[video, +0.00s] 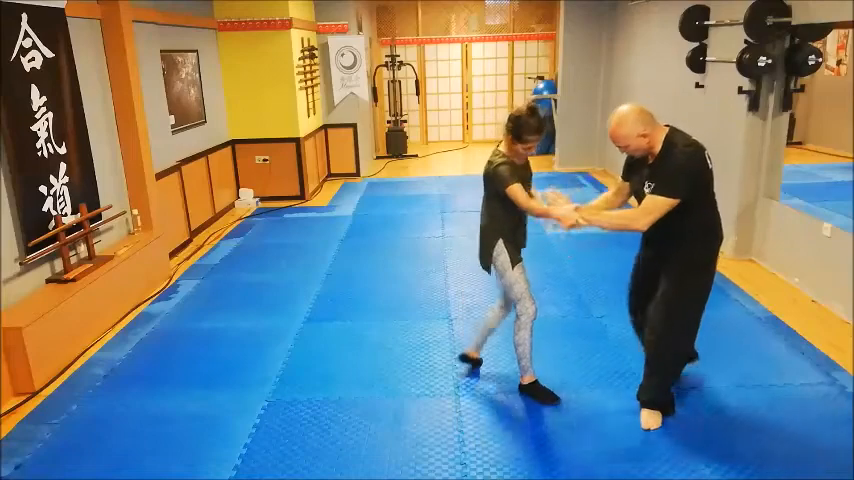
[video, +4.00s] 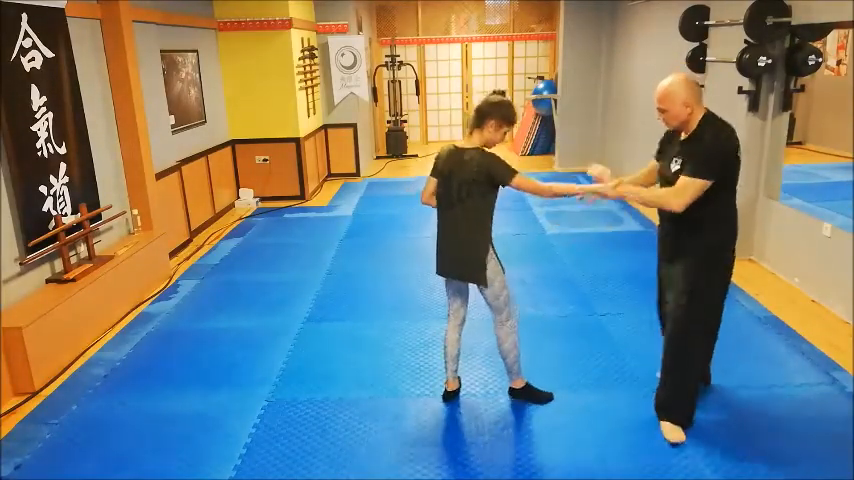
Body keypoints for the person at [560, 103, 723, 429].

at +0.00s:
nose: (622, 151)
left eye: (624, 146)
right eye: (619, 146)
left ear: (645, 133)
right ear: (640, 135)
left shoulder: (684, 158)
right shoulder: (641, 153)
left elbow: (642, 219)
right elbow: (616, 197)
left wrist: (584, 217)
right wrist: (578, 211)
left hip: (692, 252)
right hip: (657, 246)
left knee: (665, 323)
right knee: (640, 308)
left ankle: (654, 400)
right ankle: (676, 354)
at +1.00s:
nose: (564, 188)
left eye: (567, 183)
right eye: (561, 183)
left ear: (589, 169)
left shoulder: (631, 171)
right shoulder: (578, 180)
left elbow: (614, 242)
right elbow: (570, 239)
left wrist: (557, 255)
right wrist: (549, 286)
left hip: (665, 248)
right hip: (620, 246)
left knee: (660, 326)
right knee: (598, 315)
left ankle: (654, 403)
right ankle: (583, 391)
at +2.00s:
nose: (615, 129)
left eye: (620, 123)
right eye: (613, 122)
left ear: (646, 120)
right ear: (633, 120)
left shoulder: (683, 145)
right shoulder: (630, 146)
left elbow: (669, 217)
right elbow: (628, 201)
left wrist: (606, 231)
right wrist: (617, 241)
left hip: (686, 244)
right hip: (645, 238)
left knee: (671, 321)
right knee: (626, 307)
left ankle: (658, 402)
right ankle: (617, 379)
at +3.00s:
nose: (663, 94)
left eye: (668, 89)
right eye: (664, 88)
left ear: (690, 91)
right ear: (695, 91)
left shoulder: (687, 132)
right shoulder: (720, 122)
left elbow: (643, 188)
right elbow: (710, 183)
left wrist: (597, 218)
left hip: (687, 232)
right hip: (711, 225)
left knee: (669, 309)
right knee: (696, 300)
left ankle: (658, 393)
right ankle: (697, 372)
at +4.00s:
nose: (661, 118)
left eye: (665, 111)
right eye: (659, 111)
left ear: (689, 105)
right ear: (676, 107)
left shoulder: (717, 139)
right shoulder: (675, 134)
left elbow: (677, 200)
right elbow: (652, 174)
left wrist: (626, 193)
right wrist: (615, 182)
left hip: (705, 253)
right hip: (675, 247)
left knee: (684, 331)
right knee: (675, 317)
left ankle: (673, 414)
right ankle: (695, 373)